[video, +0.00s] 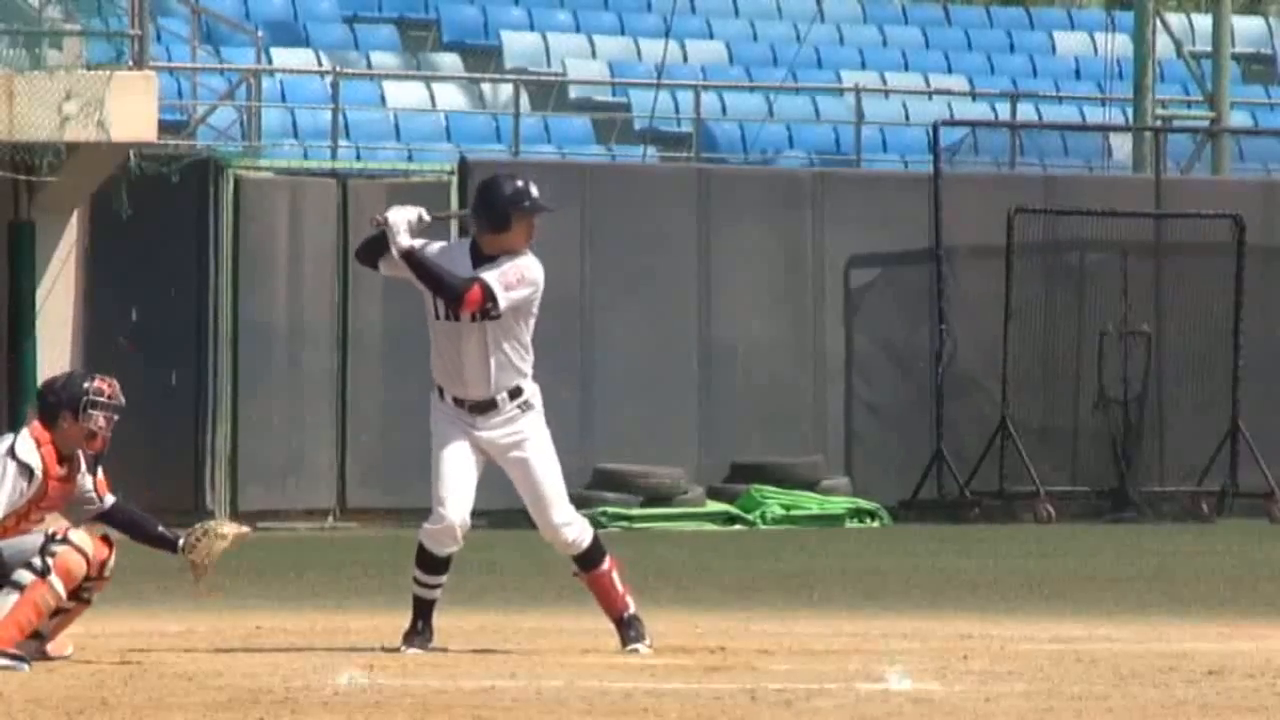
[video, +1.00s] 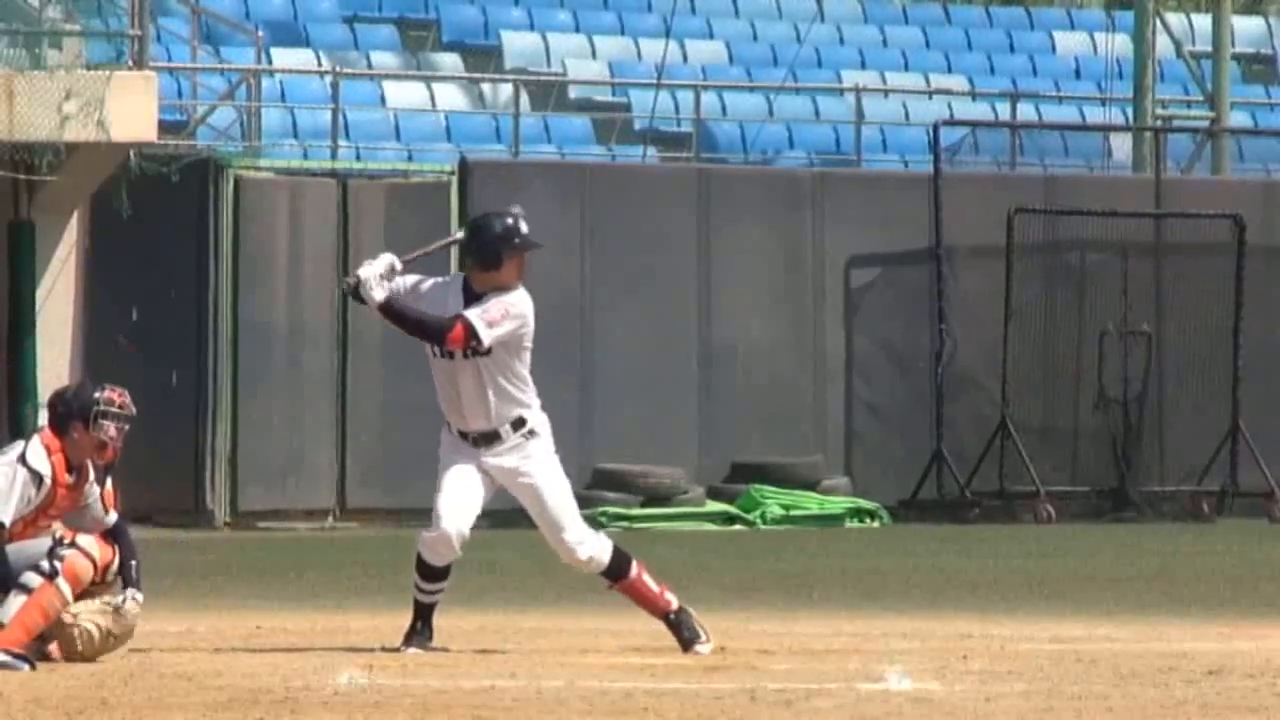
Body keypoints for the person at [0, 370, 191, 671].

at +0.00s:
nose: (103, 425)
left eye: (105, 417)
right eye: (93, 416)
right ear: (65, 419)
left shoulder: (75, 462)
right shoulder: (18, 459)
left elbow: (111, 511)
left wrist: (179, 543)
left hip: (10, 545)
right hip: (1, 547)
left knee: (99, 551)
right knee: (69, 552)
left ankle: (34, 642)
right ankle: (4, 642)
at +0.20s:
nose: (105, 429)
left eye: (108, 420)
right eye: (96, 420)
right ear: (69, 424)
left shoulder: (77, 467)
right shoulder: (22, 462)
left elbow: (117, 515)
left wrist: (181, 548)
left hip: (13, 547)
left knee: (101, 554)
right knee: (70, 555)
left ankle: (35, 642)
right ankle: (6, 643)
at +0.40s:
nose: (111, 434)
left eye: (112, 425)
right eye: (101, 425)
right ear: (73, 427)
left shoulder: (80, 467)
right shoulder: (24, 464)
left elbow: (111, 522)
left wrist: (167, 560)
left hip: (16, 547)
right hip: (4, 550)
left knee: (102, 553)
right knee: (73, 555)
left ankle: (35, 642)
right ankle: (7, 644)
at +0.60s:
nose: (109, 436)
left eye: (110, 427)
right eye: (100, 427)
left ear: (76, 432)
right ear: (75, 430)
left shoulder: (77, 469)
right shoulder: (26, 465)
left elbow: (113, 524)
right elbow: (2, 528)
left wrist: (145, 572)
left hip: (22, 546)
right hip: (6, 549)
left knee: (105, 554)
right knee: (75, 557)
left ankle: (37, 640)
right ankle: (8, 644)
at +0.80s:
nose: (115, 435)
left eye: (118, 427)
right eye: (106, 426)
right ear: (77, 429)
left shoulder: (83, 471)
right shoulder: (27, 468)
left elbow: (119, 529)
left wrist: (124, 590)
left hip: (24, 551)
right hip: (5, 554)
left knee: (106, 553)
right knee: (77, 554)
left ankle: (37, 640)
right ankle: (7, 644)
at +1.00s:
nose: (114, 436)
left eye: (117, 428)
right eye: (105, 427)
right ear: (77, 429)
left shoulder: (84, 471)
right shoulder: (27, 467)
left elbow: (114, 528)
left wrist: (132, 589)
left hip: (23, 551)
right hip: (6, 554)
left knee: (105, 552)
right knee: (77, 554)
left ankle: (38, 638)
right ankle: (9, 645)